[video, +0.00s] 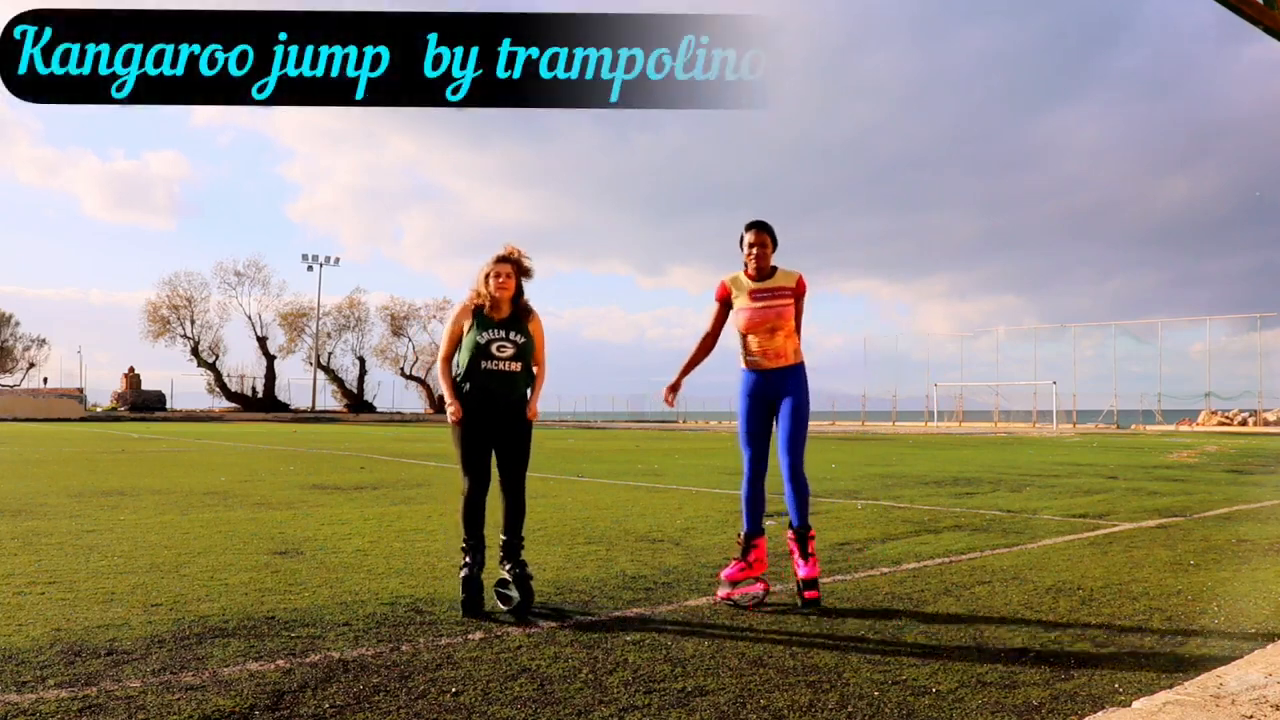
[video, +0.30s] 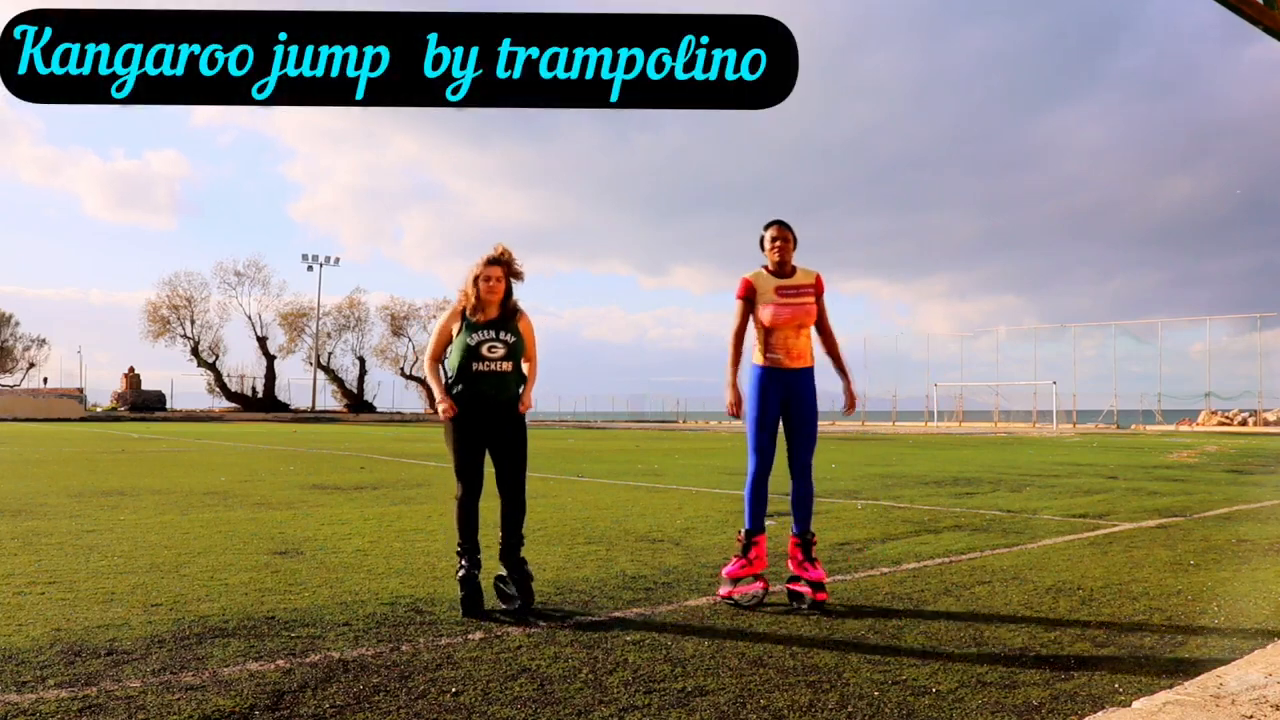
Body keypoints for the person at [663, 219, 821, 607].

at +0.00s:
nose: (755, 251)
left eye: (761, 245)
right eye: (749, 246)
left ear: (773, 249)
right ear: (742, 250)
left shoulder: (794, 282)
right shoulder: (731, 287)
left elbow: (795, 331)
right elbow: (710, 338)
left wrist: (789, 366)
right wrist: (679, 377)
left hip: (792, 381)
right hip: (753, 382)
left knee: (792, 466)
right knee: (754, 467)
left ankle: (802, 546)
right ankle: (752, 551)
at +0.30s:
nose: (778, 245)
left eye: (783, 239)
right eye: (772, 240)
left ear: (794, 246)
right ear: (763, 248)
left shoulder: (812, 280)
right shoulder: (753, 283)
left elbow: (825, 332)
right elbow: (737, 336)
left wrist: (846, 380)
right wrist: (732, 384)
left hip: (803, 380)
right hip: (764, 380)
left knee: (802, 468)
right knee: (759, 467)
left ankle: (802, 551)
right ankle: (752, 549)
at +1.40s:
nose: (825, 253)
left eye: (831, 246)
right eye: (818, 246)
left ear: (842, 244)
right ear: (807, 245)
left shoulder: (859, 281)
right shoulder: (792, 279)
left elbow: (876, 330)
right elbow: (779, 323)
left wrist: (870, 355)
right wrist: (775, 337)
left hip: (842, 380)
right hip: (800, 379)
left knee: (844, 479)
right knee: (797, 475)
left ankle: (850, 566)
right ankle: (781, 560)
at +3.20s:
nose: (863, 231)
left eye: (870, 224)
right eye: (857, 225)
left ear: (887, 226)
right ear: (850, 229)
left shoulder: (908, 272)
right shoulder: (835, 265)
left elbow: (920, 328)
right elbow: (800, 315)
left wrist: (901, 364)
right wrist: (792, 373)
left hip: (878, 379)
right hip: (833, 372)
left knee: (875, 482)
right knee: (803, 468)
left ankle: (871, 577)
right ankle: (777, 566)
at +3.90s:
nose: (867, 223)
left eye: (874, 216)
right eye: (861, 216)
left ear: (888, 221)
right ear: (851, 222)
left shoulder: (910, 255)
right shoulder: (835, 257)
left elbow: (948, 284)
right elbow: (793, 303)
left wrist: (940, 315)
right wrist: (827, 327)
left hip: (880, 370)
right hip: (838, 365)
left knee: (873, 476)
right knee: (815, 462)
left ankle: (865, 570)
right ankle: (785, 553)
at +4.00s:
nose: (857, 210)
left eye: (865, 204)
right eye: (851, 203)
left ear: (876, 210)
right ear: (839, 206)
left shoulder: (895, 245)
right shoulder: (820, 247)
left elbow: (923, 293)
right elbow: (796, 305)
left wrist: (927, 350)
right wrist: (829, 297)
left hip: (880, 354)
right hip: (835, 355)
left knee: (897, 458)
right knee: (833, 459)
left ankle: (906, 554)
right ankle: (829, 560)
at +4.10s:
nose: (852, 222)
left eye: (860, 216)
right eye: (846, 214)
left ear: (870, 220)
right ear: (833, 216)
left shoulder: (888, 260)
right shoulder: (814, 260)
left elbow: (904, 319)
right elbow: (798, 322)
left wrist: (921, 369)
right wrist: (823, 292)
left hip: (880, 365)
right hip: (835, 368)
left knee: (913, 463)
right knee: (841, 471)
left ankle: (946, 552)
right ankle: (848, 574)